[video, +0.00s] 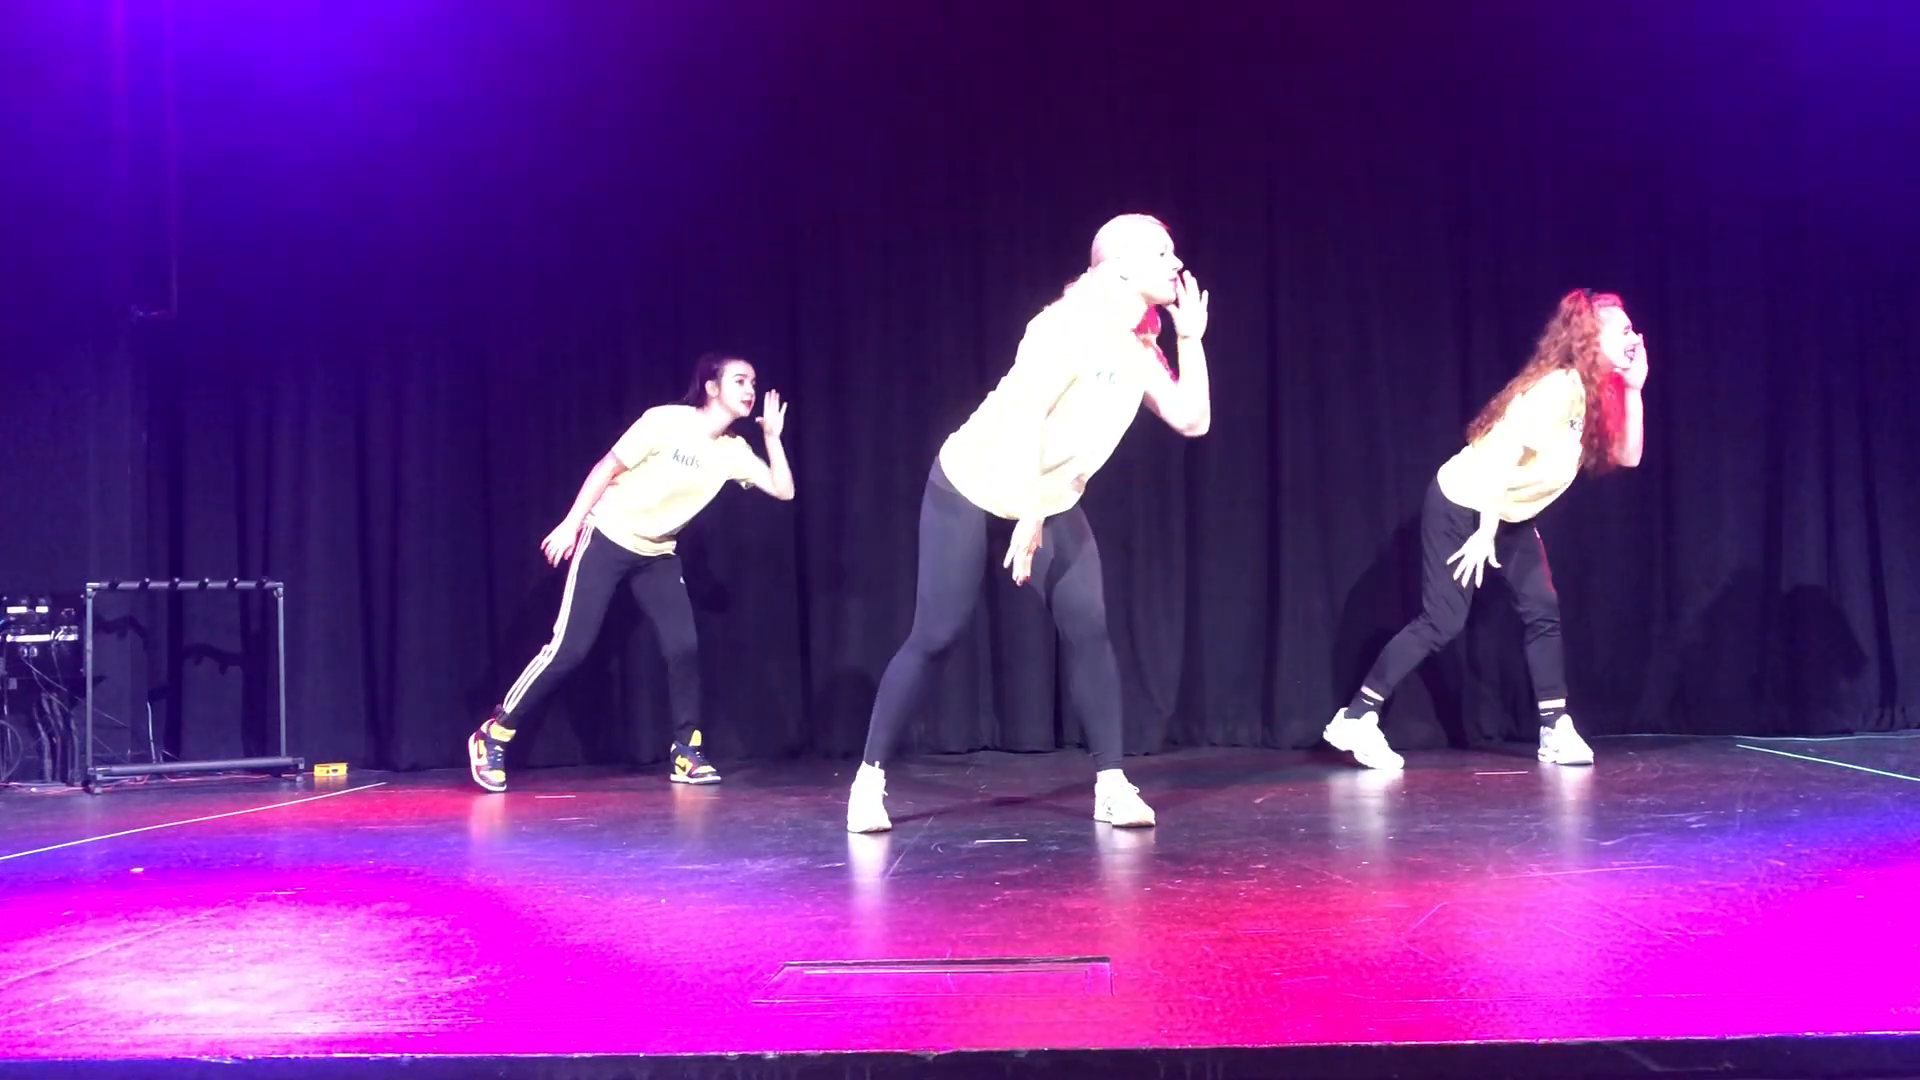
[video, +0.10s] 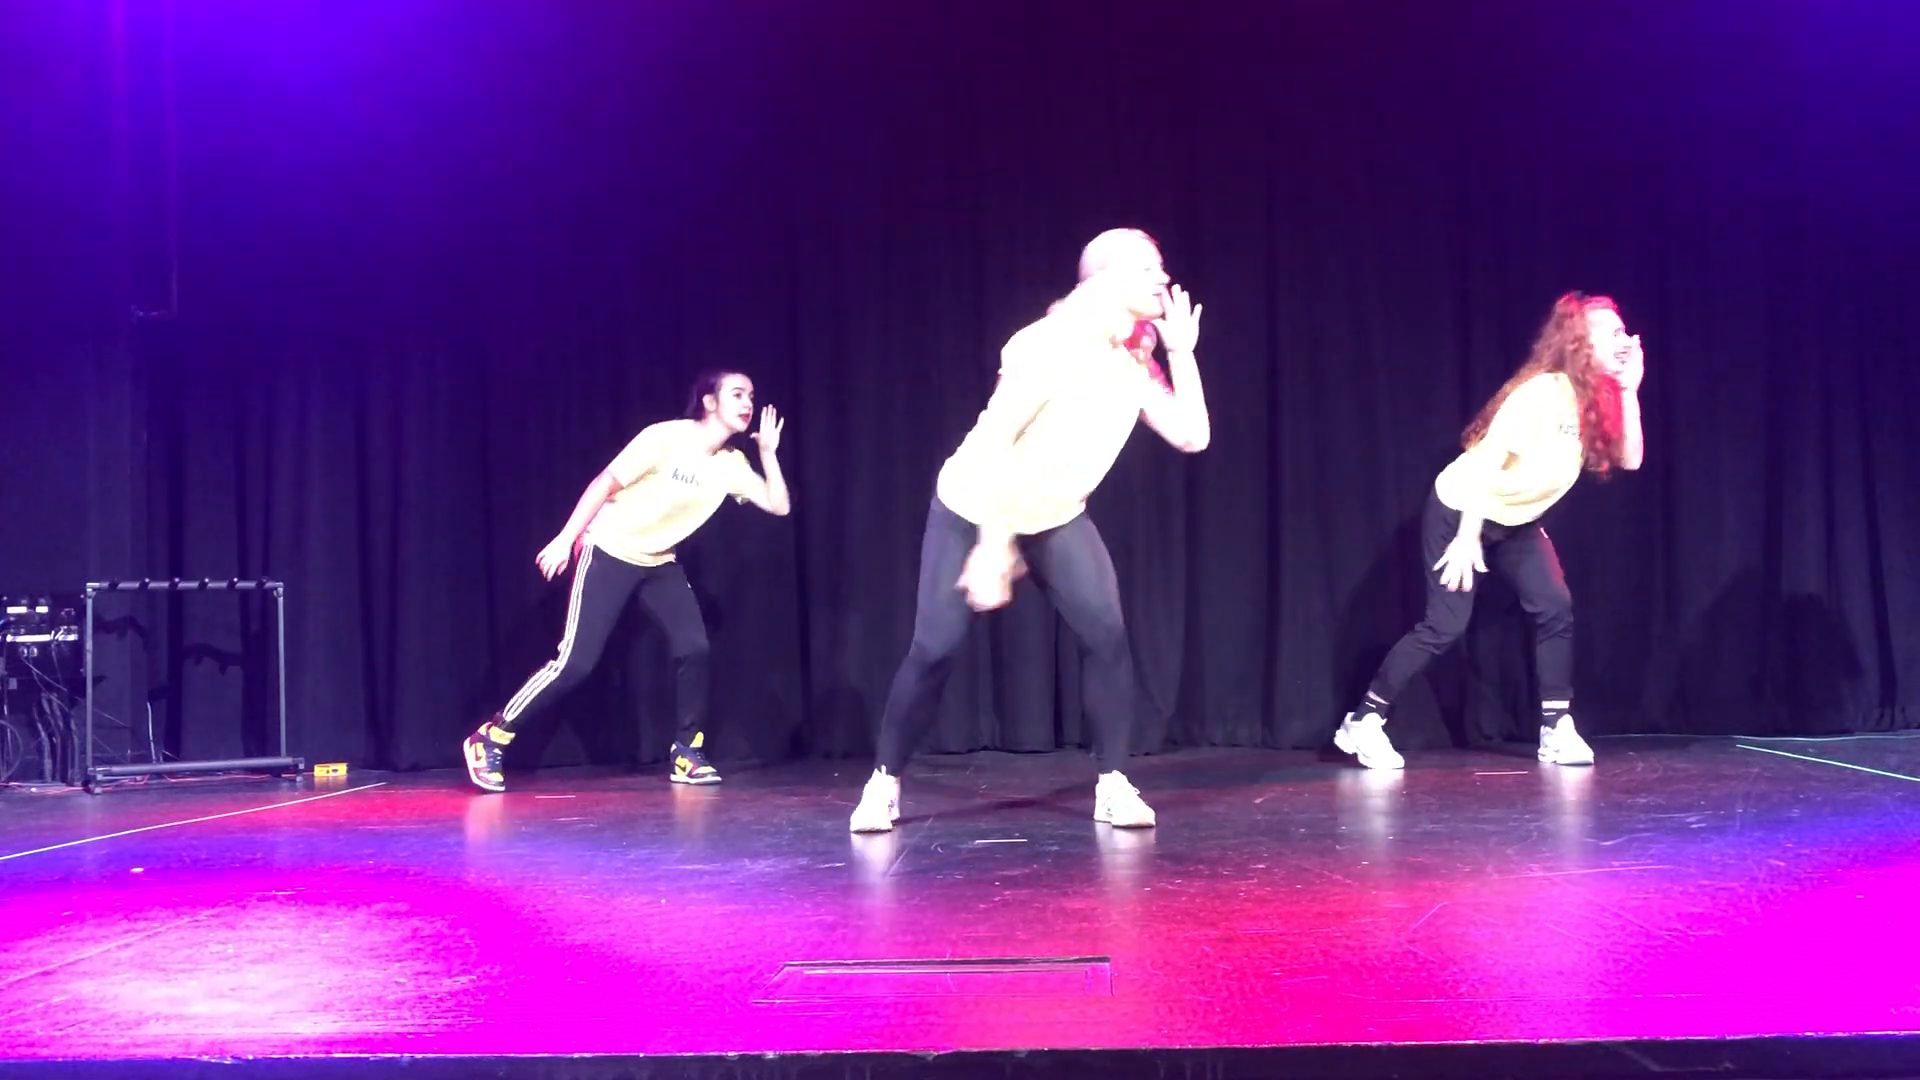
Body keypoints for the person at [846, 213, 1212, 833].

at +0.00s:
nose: (1175, 265)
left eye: (1173, 254)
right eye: (1159, 254)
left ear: (1161, 268)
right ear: (1115, 265)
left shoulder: (1138, 350)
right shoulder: (1074, 319)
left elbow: (1192, 419)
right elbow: (1024, 409)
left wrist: (1190, 336)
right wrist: (1029, 505)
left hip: (1050, 494)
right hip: (972, 484)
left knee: (1089, 627)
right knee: (936, 631)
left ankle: (1112, 781)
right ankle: (870, 777)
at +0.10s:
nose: (1160, 281)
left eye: (1160, 270)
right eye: (1144, 270)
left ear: (1158, 281)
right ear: (1104, 280)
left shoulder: (1132, 368)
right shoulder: (1047, 345)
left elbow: (1192, 435)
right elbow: (992, 440)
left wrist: (1181, 352)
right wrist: (993, 542)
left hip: (1054, 509)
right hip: (974, 501)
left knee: (1107, 634)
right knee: (935, 646)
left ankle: (1113, 783)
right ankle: (885, 780)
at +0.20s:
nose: (1120, 275)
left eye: (1121, 265)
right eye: (1105, 263)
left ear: (1119, 274)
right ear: (1065, 273)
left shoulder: (1122, 350)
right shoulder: (1007, 341)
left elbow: (1178, 428)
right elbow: (940, 428)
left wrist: (1148, 341)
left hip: (1061, 520)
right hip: (976, 518)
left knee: (1108, 636)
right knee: (928, 650)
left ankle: (1113, 783)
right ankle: (887, 785)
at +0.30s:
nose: (1074, 237)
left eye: (1071, 225)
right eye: (1058, 225)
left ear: (1068, 235)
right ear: (1019, 237)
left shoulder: (1092, 311)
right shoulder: (968, 303)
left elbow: (1132, 381)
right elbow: (893, 372)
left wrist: (1084, 292)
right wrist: (819, 388)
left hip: (1052, 491)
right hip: (965, 492)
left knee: (1095, 625)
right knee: (921, 632)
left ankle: (1115, 779)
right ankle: (888, 782)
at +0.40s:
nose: (947, 208)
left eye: (964, 197)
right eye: (947, 198)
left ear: (1009, 211)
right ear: (946, 217)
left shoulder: (1053, 283)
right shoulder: (926, 288)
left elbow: (1049, 345)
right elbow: (851, 352)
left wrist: (1012, 263)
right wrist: (818, 294)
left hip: (1040, 478)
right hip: (951, 482)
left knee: (1080, 621)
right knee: (918, 625)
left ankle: (1125, 771)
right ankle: (888, 781)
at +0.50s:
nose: (892, 223)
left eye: (907, 212)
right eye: (895, 213)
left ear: (953, 224)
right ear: (909, 229)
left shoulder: (1002, 281)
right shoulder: (892, 304)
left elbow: (975, 358)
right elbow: (813, 359)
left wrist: (947, 273)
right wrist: (830, 280)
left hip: (1025, 479)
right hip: (942, 490)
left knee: (1069, 619)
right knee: (913, 628)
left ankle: (1132, 769)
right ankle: (893, 785)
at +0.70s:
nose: (825, 278)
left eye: (840, 267)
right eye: (826, 268)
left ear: (882, 279)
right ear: (833, 283)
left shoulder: (932, 332)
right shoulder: (861, 361)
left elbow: (888, 408)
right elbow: (794, 429)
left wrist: (839, 331)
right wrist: (805, 351)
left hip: (1004, 504)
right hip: (933, 517)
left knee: (1043, 640)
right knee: (888, 639)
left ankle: (1134, 773)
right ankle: (893, 788)